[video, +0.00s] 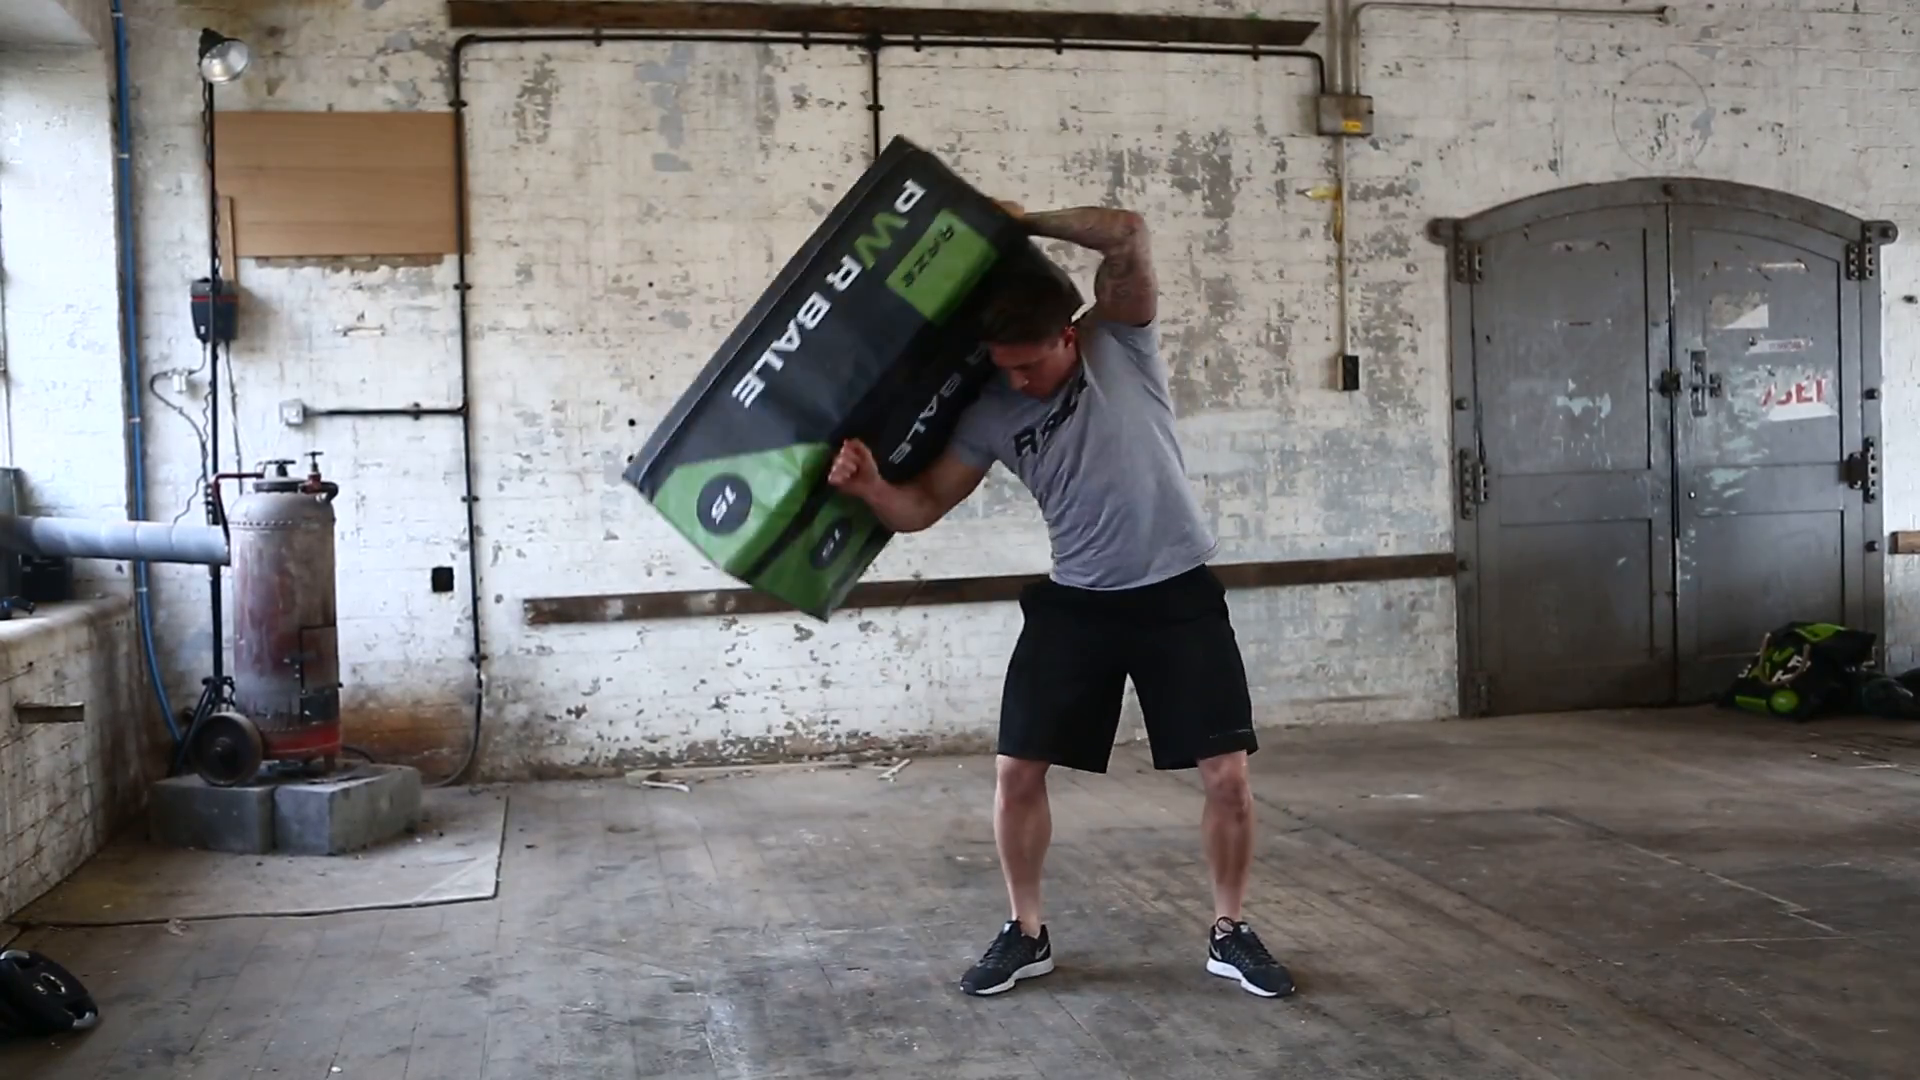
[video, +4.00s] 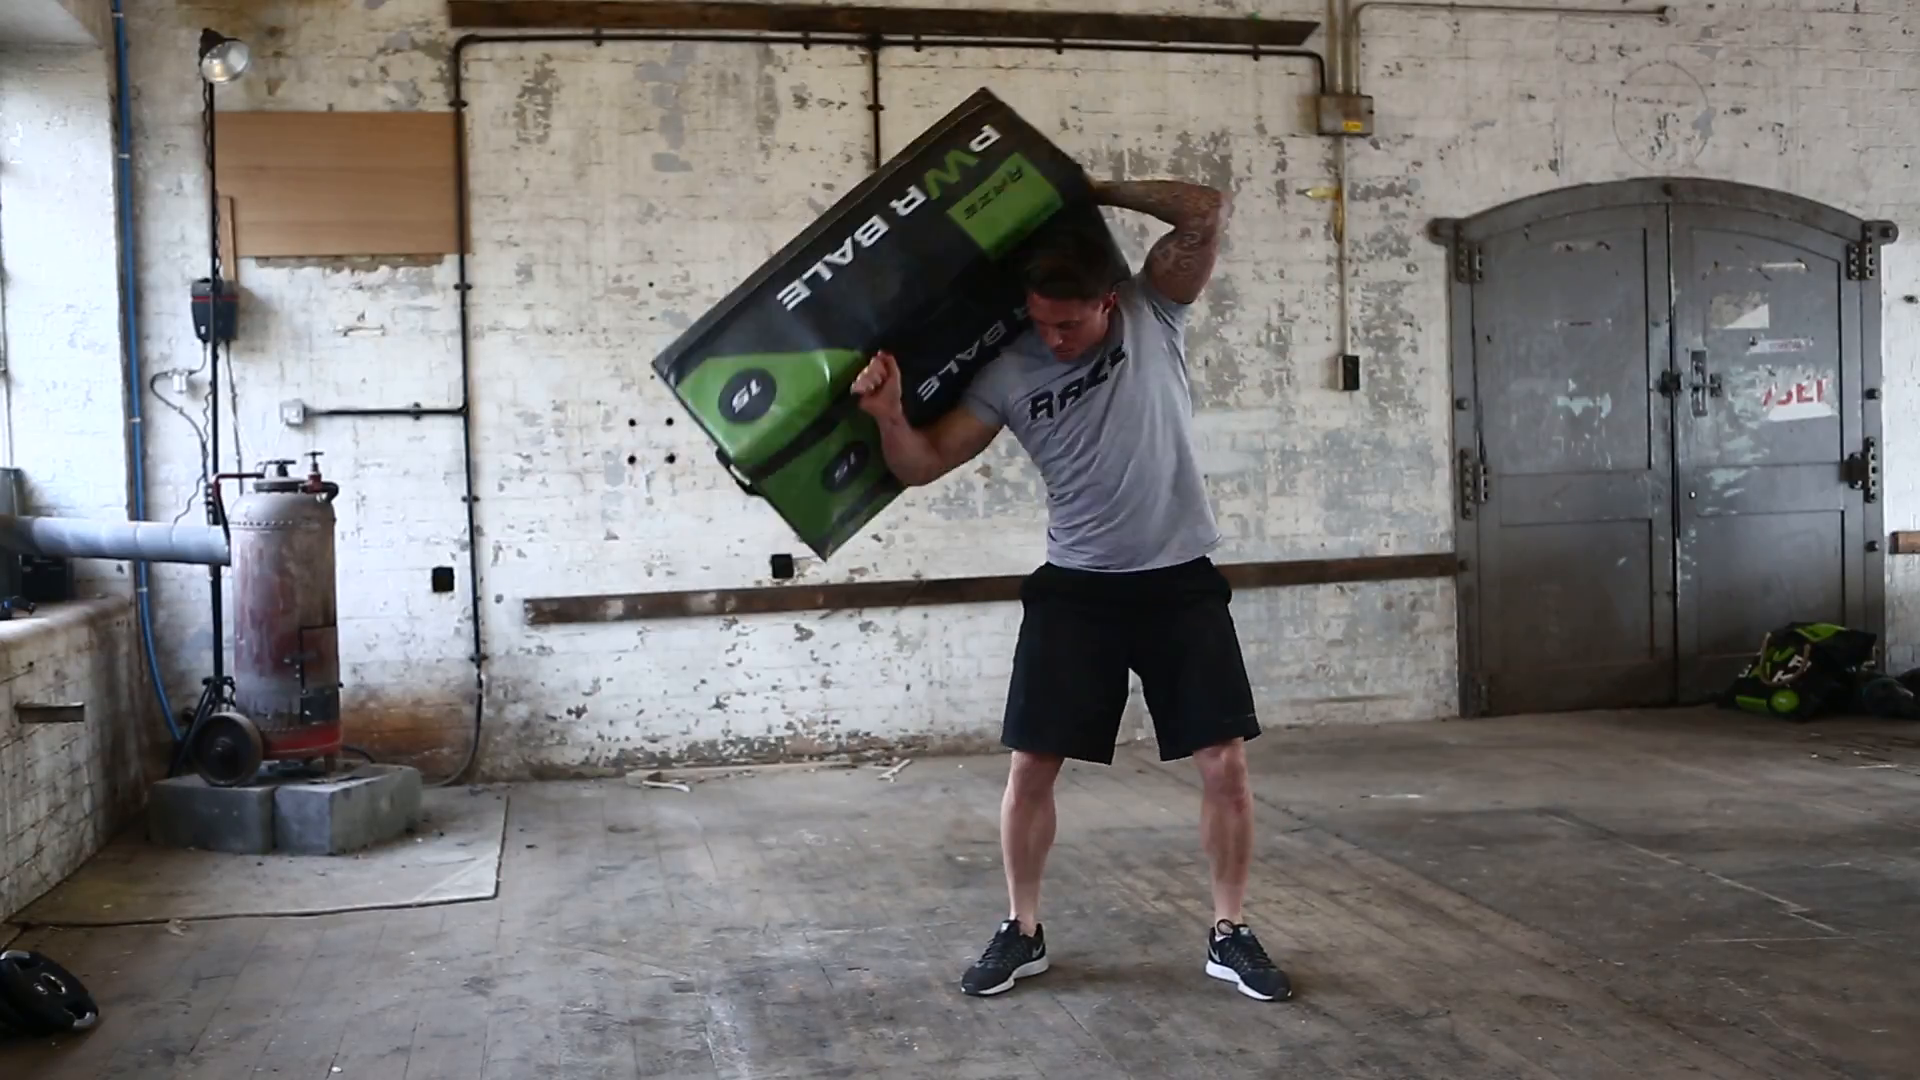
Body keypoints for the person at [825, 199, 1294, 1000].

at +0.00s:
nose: (1020, 379)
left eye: (1031, 363)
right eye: (1006, 366)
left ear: (1067, 332)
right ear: (993, 352)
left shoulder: (1121, 341)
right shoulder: (994, 412)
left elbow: (1129, 234)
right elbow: (921, 506)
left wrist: (1030, 220)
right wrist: (868, 485)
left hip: (1179, 592)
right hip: (1075, 602)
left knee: (1229, 774)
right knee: (1017, 771)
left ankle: (1230, 929)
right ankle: (1026, 928)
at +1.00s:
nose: (915, 556)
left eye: (921, 540)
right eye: (904, 546)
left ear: (956, 501)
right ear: (895, 528)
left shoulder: (1019, 497)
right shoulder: (939, 583)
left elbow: (919, 573)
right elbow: (946, 706)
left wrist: (839, 577)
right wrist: (928, 823)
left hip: (1148, 644)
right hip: (1048, 660)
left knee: (1225, 784)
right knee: (991, 786)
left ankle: (1229, 931)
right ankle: (1020, 934)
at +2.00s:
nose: (1041, 752)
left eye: (1048, 742)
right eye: (1029, 748)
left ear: (1066, 682)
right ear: (991, 714)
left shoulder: (1101, 632)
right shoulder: (982, 705)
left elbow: (1093, 603)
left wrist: (988, 602)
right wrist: (956, 858)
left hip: (1162, 765)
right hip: (1070, 774)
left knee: (1237, 801)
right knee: (989, 817)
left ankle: (1220, 935)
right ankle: (1028, 936)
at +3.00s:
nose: (1122, 329)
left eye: (1139, 316)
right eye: (1109, 313)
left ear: (1163, 295)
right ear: (1082, 285)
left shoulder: (1187, 331)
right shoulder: (1033, 318)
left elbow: (1290, 368)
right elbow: (921, 332)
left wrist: (1280, 273)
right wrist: (928, 272)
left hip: (1159, 582)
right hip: (1056, 581)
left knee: (1194, 756)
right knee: (1035, 760)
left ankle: (1229, 930)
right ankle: (1020, 928)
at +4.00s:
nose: (1054, 340)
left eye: (1068, 327)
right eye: (1041, 325)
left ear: (1107, 301)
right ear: (1027, 305)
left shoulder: (1153, 314)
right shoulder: (1009, 376)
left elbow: (1205, 211)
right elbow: (918, 466)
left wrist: (1093, 189)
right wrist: (889, 412)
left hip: (1182, 580)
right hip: (1074, 588)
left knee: (1225, 760)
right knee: (1033, 764)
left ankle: (1230, 930)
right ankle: (1022, 928)